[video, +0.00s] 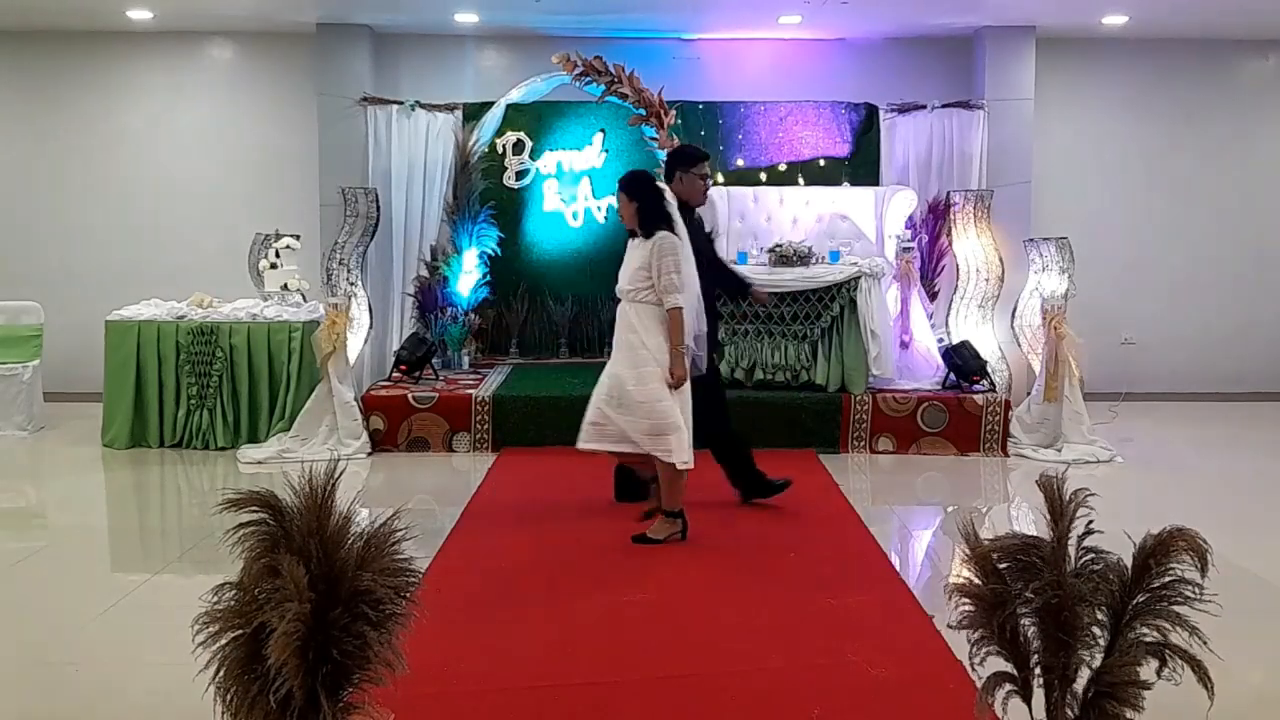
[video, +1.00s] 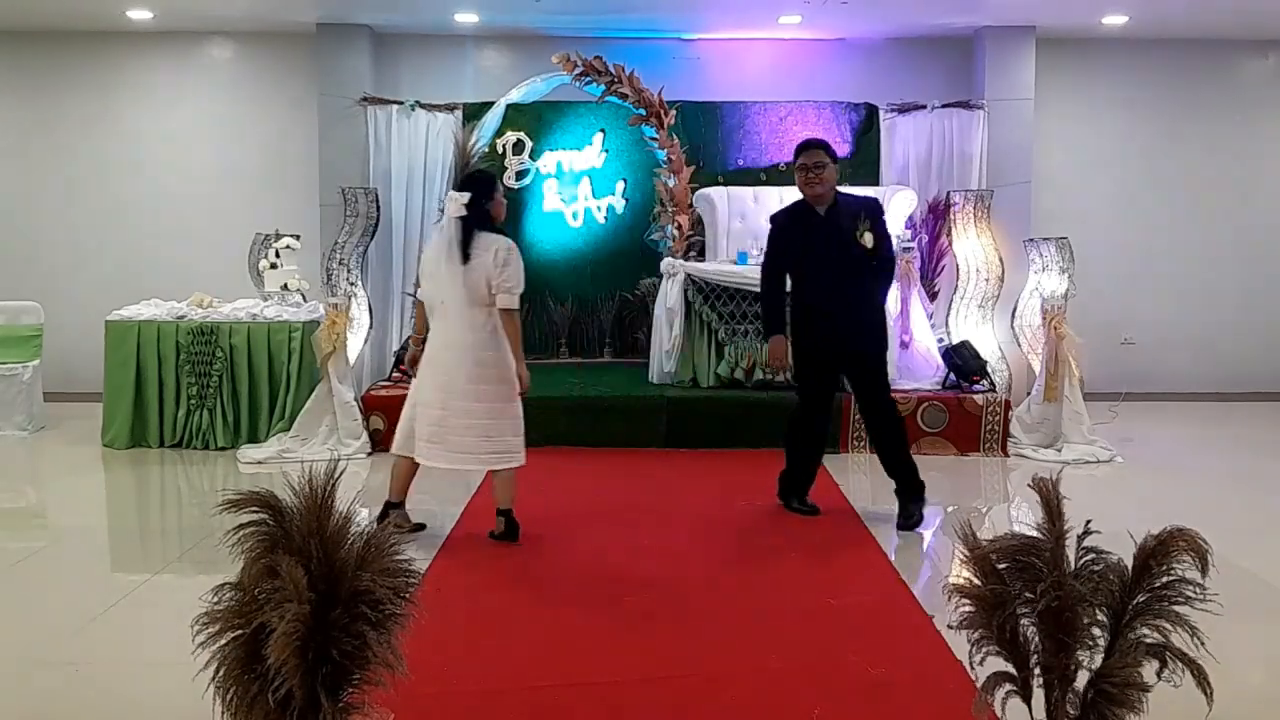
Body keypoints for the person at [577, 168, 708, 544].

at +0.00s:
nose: (619, 209)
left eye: (623, 202)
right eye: (619, 202)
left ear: (640, 203)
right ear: (638, 203)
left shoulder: (664, 242)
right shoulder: (639, 242)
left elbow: (673, 302)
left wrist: (678, 356)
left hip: (654, 353)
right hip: (632, 353)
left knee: (666, 432)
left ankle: (672, 517)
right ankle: (661, 489)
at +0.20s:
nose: (583, 214)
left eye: (586, 206)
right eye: (584, 206)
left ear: (600, 208)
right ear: (609, 206)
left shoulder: (622, 245)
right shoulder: (610, 247)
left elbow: (634, 304)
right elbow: (620, 306)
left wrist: (641, 358)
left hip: (621, 359)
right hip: (601, 359)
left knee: (647, 434)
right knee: (572, 430)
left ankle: (670, 516)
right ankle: (535, 510)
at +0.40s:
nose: (547, 205)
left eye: (550, 198)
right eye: (555, 197)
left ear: (556, 203)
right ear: (582, 202)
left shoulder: (565, 242)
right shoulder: (581, 242)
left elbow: (572, 303)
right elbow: (578, 303)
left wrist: (574, 357)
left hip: (570, 354)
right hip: (567, 354)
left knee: (603, 431)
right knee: (543, 434)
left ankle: (647, 507)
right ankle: (518, 517)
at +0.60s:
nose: (513, 198)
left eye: (516, 193)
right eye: (517, 191)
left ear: (520, 197)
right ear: (550, 198)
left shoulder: (509, 237)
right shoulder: (568, 244)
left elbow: (504, 297)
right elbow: (575, 304)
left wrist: (494, 345)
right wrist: (573, 353)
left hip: (520, 346)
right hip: (553, 347)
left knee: (516, 427)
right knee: (529, 429)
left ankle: (559, 492)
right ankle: (517, 517)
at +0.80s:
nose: (528, 200)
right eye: (526, 195)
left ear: (485, 200)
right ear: (523, 201)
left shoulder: (466, 242)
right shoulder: (538, 246)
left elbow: (456, 301)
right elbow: (550, 307)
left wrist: (445, 346)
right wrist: (556, 358)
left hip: (473, 351)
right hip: (521, 354)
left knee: (448, 430)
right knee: (516, 435)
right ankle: (516, 520)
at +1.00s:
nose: (505, 202)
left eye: (503, 196)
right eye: (500, 197)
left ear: (463, 203)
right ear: (486, 203)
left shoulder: (436, 245)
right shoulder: (502, 248)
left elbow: (422, 304)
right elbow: (508, 312)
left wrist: (416, 343)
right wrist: (520, 363)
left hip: (439, 356)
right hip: (487, 359)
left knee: (414, 428)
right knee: (502, 434)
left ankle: (393, 509)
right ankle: (504, 520)